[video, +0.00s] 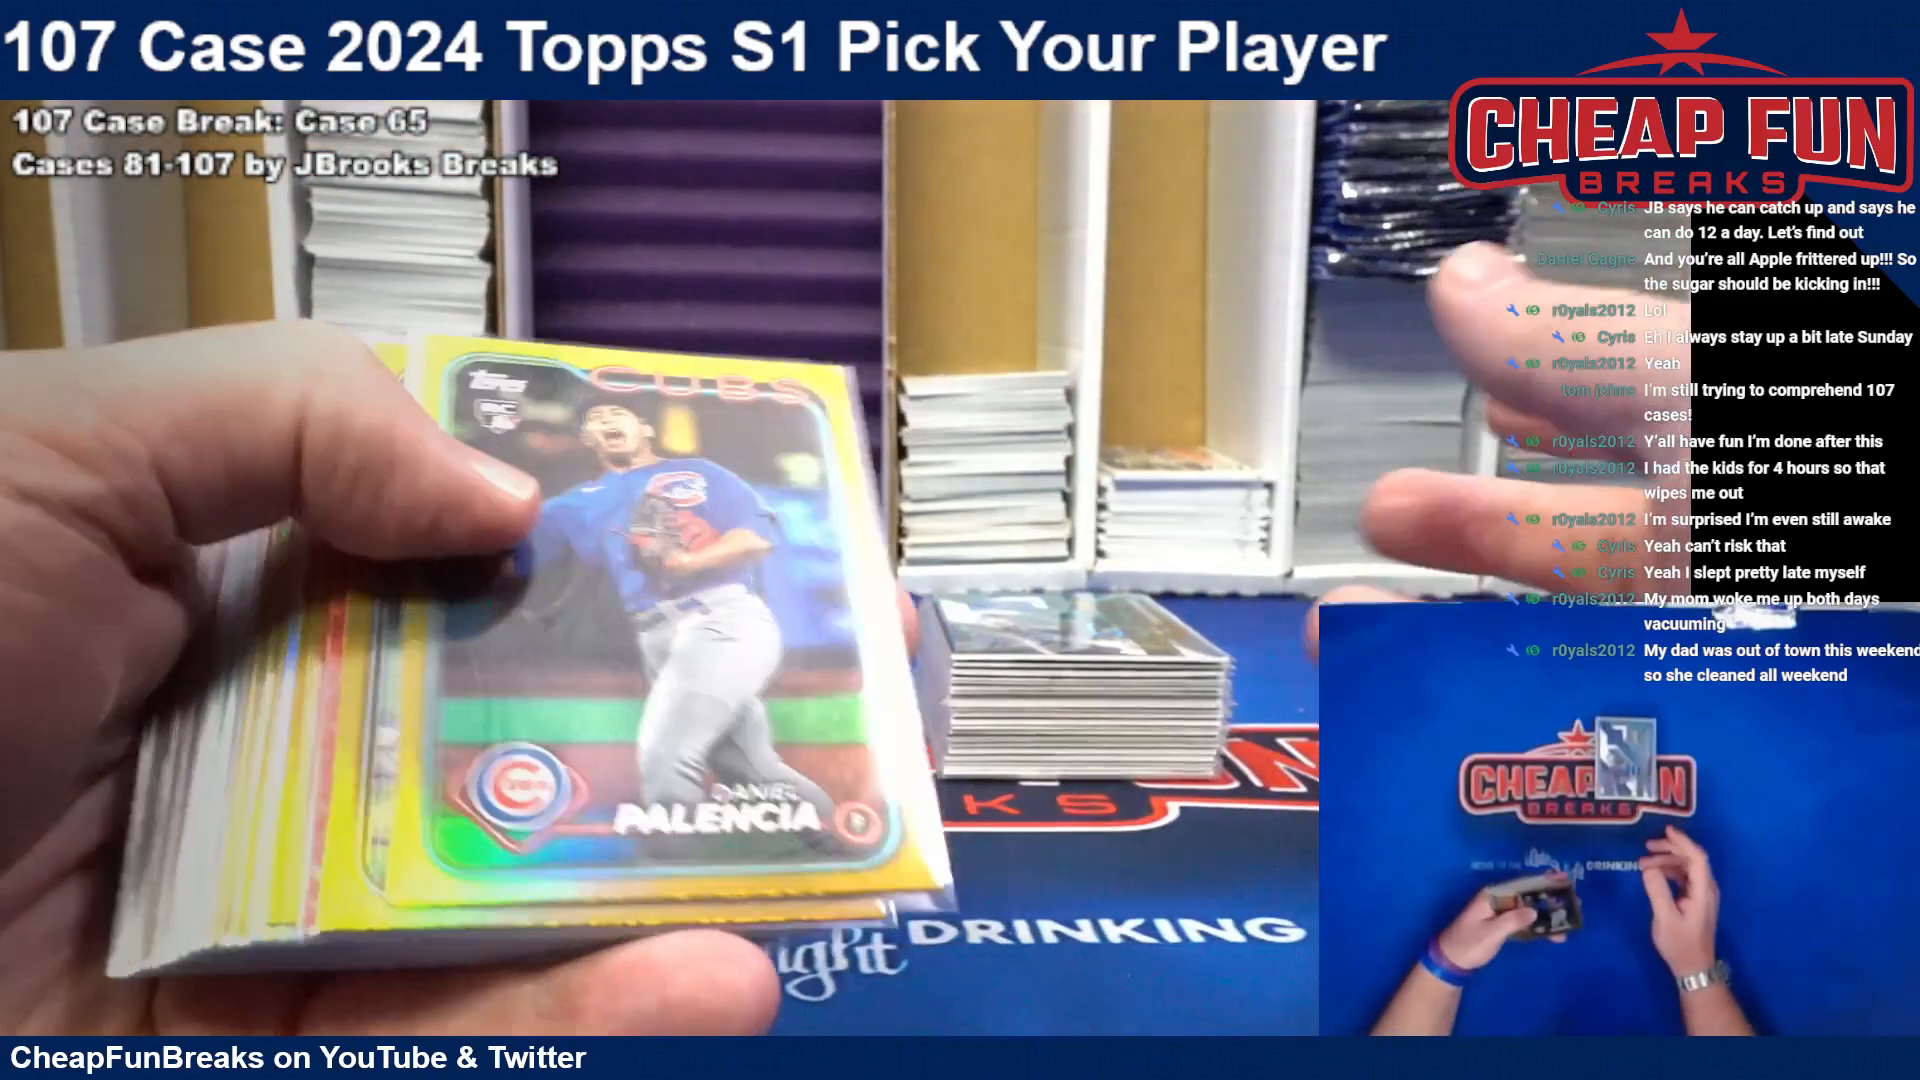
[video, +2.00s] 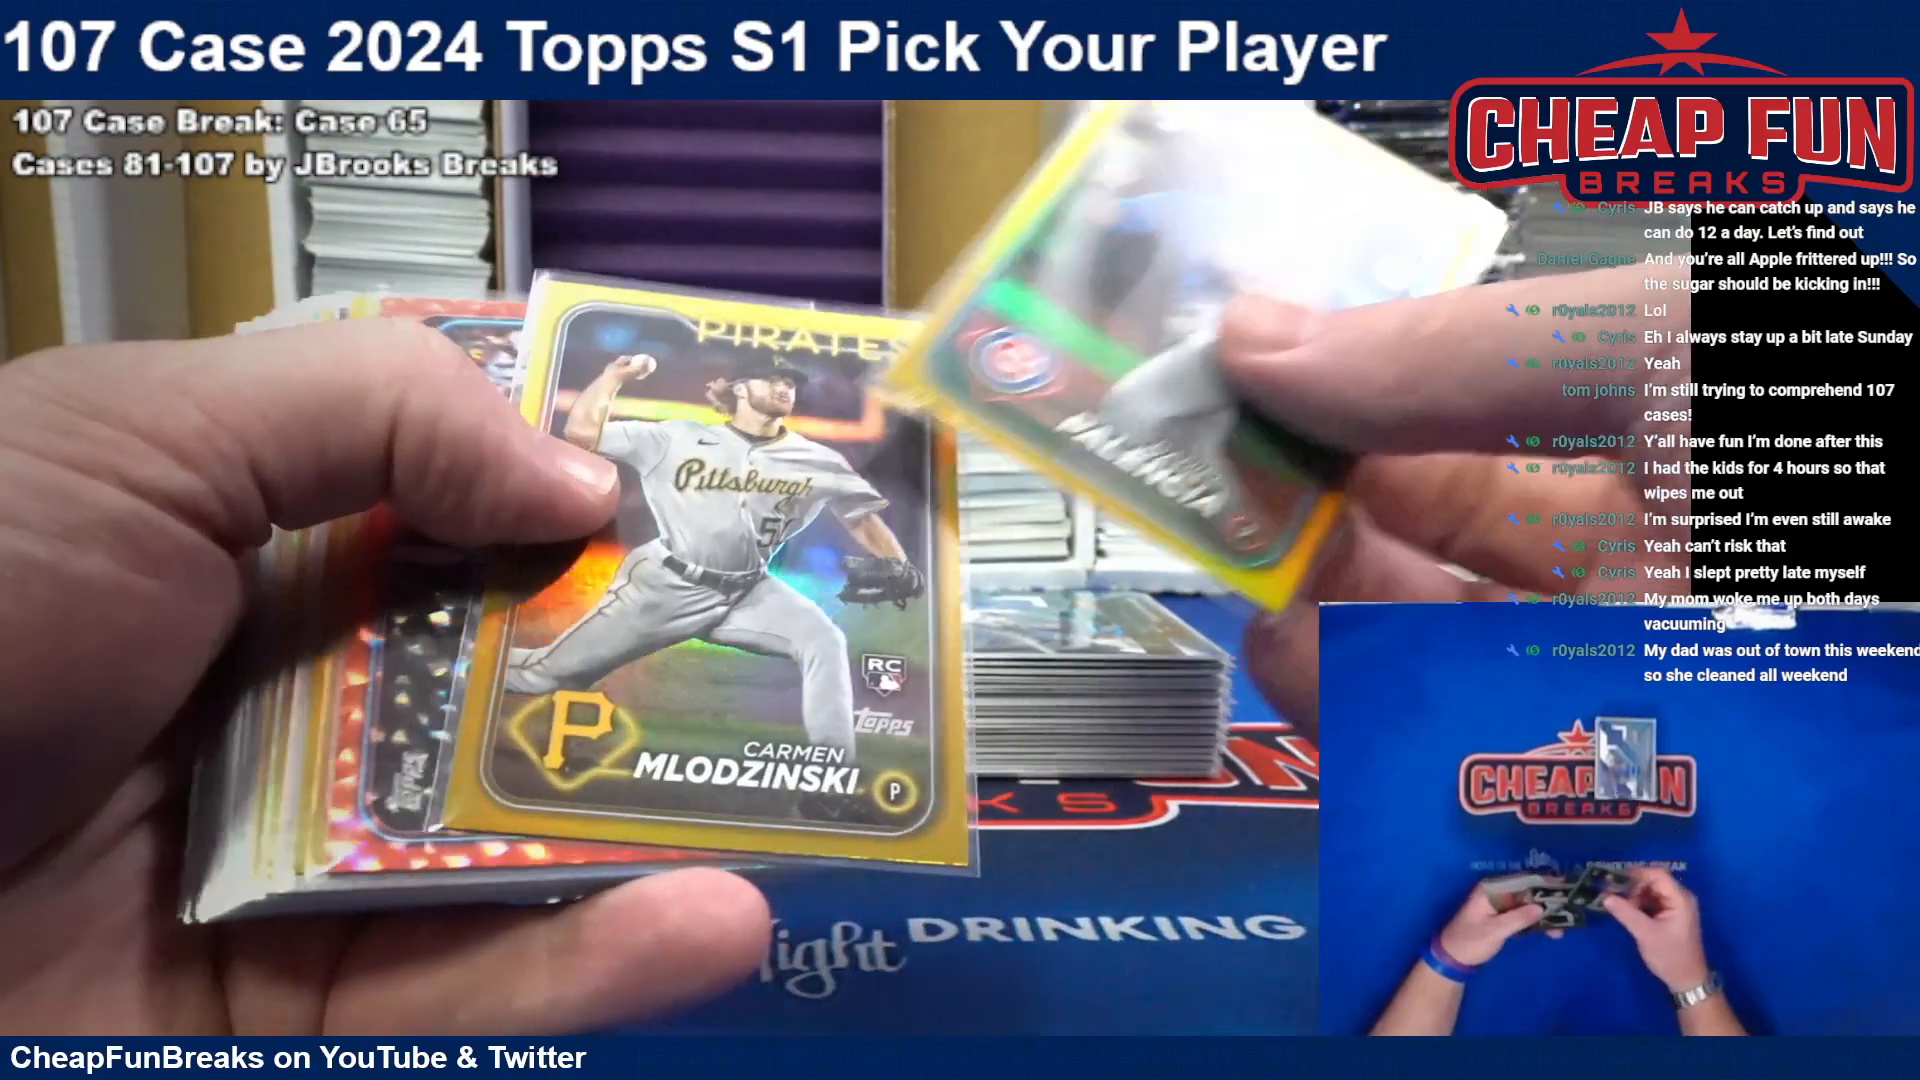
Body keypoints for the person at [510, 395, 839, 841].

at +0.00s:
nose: (609, 424)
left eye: (619, 416)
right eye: (596, 419)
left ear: (646, 431)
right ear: (585, 440)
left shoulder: (699, 473)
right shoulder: (585, 502)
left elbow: (758, 535)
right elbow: (511, 539)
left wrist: (689, 561)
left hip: (728, 621)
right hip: (660, 638)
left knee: (665, 754)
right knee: (753, 768)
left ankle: (682, 893)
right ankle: (851, 849)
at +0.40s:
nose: (670, 394)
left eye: (679, 386)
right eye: (658, 391)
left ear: (706, 400)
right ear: (652, 414)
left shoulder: (756, 443)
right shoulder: (645, 471)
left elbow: (813, 506)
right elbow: (578, 503)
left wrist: (743, 532)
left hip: (780, 588)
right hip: (718, 606)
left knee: (721, 716)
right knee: (804, 738)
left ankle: (726, 856)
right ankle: (901, 819)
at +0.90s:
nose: (717, 372)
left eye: (727, 362)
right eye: (705, 368)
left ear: (757, 376)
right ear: (697, 391)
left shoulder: (809, 422)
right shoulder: (694, 455)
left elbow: (864, 490)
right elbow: (618, 494)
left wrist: (794, 519)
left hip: (828, 580)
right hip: (760, 601)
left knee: (762, 723)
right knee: (849, 739)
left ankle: (759, 877)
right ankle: (945, 836)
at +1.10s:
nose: (797, 355)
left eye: (808, 343)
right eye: (784, 348)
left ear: (837, 350)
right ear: (771, 366)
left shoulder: (890, 395)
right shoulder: (773, 438)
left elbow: (956, 456)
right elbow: (689, 482)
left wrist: (900, 490)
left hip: (947, 540)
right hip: (868, 570)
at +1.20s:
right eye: (692, 395)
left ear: (712, 404)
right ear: (655, 400)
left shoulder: (697, 451)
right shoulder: (605, 448)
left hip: (690, 614)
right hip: (602, 612)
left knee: (773, 659)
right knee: (479, 708)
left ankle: (787, 816)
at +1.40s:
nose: (719, 384)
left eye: (725, 379)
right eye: (705, 374)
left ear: (732, 398)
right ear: (671, 387)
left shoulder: (760, 461)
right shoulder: (614, 440)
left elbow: (811, 517)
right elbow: (514, 435)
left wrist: (850, 563)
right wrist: (544, 376)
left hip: (695, 598)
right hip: (608, 594)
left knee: (777, 639)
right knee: (494, 686)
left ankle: (796, 786)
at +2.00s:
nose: (781, 388)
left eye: (786, 382)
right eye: (768, 379)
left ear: (792, 398)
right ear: (736, 388)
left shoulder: (818, 464)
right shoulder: (678, 437)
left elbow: (863, 520)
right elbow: (583, 432)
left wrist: (900, 571)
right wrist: (614, 373)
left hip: (747, 595)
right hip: (664, 587)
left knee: (824, 642)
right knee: (551, 673)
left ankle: (833, 784)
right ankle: (462, 668)